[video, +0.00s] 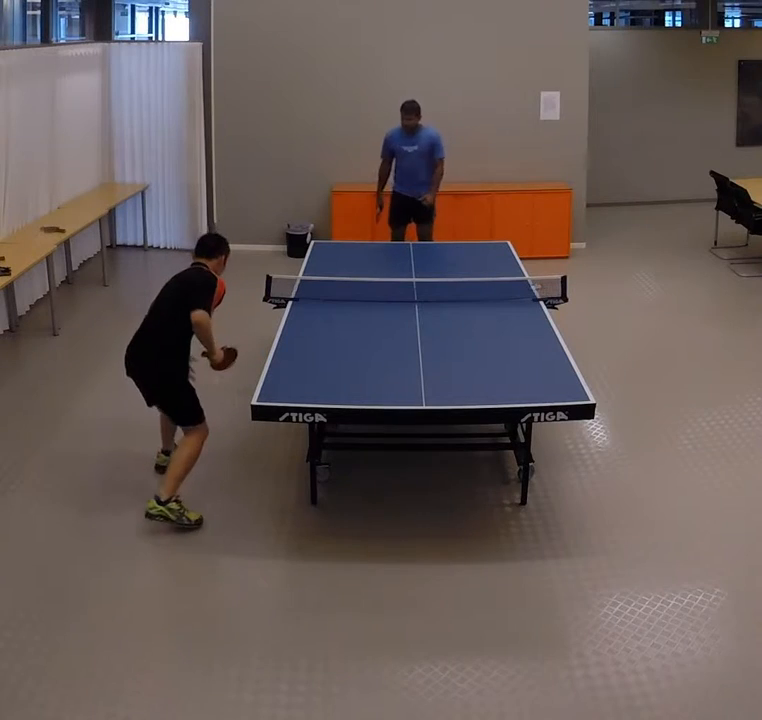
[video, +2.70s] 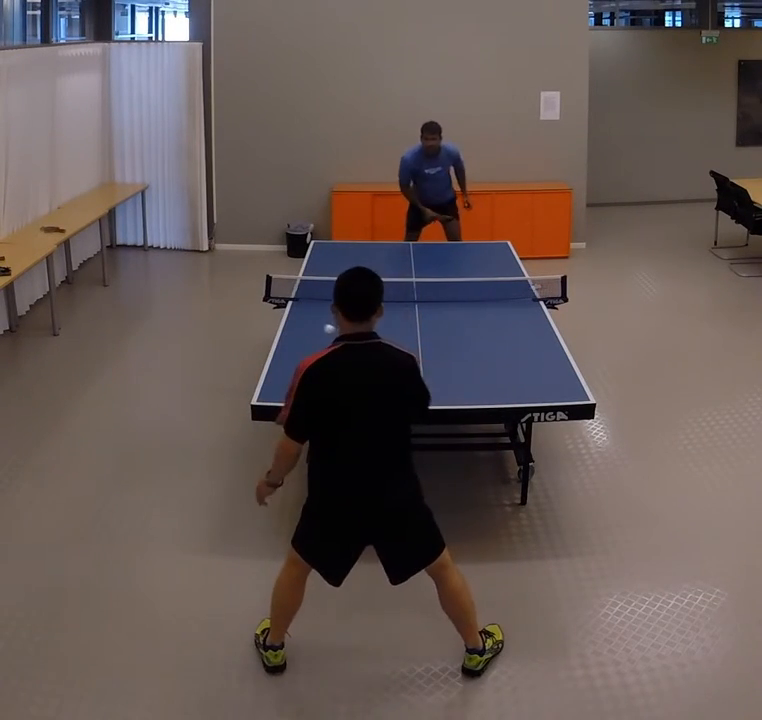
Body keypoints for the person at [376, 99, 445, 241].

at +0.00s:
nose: (406, 123)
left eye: (410, 119)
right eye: (404, 119)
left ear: (419, 118)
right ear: (400, 118)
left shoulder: (432, 137)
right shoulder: (392, 137)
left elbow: (439, 166)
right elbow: (385, 165)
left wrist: (432, 193)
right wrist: (379, 193)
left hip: (423, 197)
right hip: (400, 196)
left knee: (425, 240)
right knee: (397, 240)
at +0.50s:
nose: (416, 132)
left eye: (420, 129)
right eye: (413, 128)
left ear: (428, 129)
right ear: (409, 128)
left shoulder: (440, 146)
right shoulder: (398, 149)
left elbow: (454, 170)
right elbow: (388, 174)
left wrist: (457, 196)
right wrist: (383, 201)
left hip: (435, 201)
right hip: (409, 202)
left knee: (446, 240)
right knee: (398, 241)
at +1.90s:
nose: (429, 157)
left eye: (432, 153)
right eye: (425, 153)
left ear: (438, 152)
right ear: (418, 150)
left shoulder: (447, 166)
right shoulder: (406, 168)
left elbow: (462, 187)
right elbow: (383, 193)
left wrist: (468, 218)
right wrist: (396, 213)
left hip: (439, 211)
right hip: (413, 211)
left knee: (447, 246)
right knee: (400, 248)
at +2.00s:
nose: (434, 163)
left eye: (439, 159)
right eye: (431, 159)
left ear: (444, 158)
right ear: (425, 157)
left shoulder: (453, 171)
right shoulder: (414, 172)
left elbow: (467, 192)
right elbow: (395, 199)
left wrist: (475, 219)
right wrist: (413, 214)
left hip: (442, 210)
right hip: (417, 210)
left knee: (450, 247)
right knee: (402, 247)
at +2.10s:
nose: (439, 167)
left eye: (443, 163)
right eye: (435, 162)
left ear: (448, 161)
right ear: (429, 160)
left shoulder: (456, 172)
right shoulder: (418, 175)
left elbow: (469, 193)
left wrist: (479, 218)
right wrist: (428, 215)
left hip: (444, 211)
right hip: (421, 210)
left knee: (453, 246)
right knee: (404, 245)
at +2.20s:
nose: (443, 166)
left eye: (447, 163)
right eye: (439, 162)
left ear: (453, 161)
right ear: (433, 160)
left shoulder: (460, 171)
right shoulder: (423, 174)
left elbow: (472, 192)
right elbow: (427, 202)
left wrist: (481, 217)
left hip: (447, 211)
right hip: (423, 210)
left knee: (455, 247)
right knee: (405, 246)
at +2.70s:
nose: (430, 143)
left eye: (434, 139)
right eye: (426, 139)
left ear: (440, 139)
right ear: (421, 139)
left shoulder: (451, 153)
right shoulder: (409, 159)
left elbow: (460, 171)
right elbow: (404, 188)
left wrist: (465, 194)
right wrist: (424, 210)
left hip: (446, 203)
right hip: (421, 203)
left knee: (456, 243)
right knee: (409, 244)